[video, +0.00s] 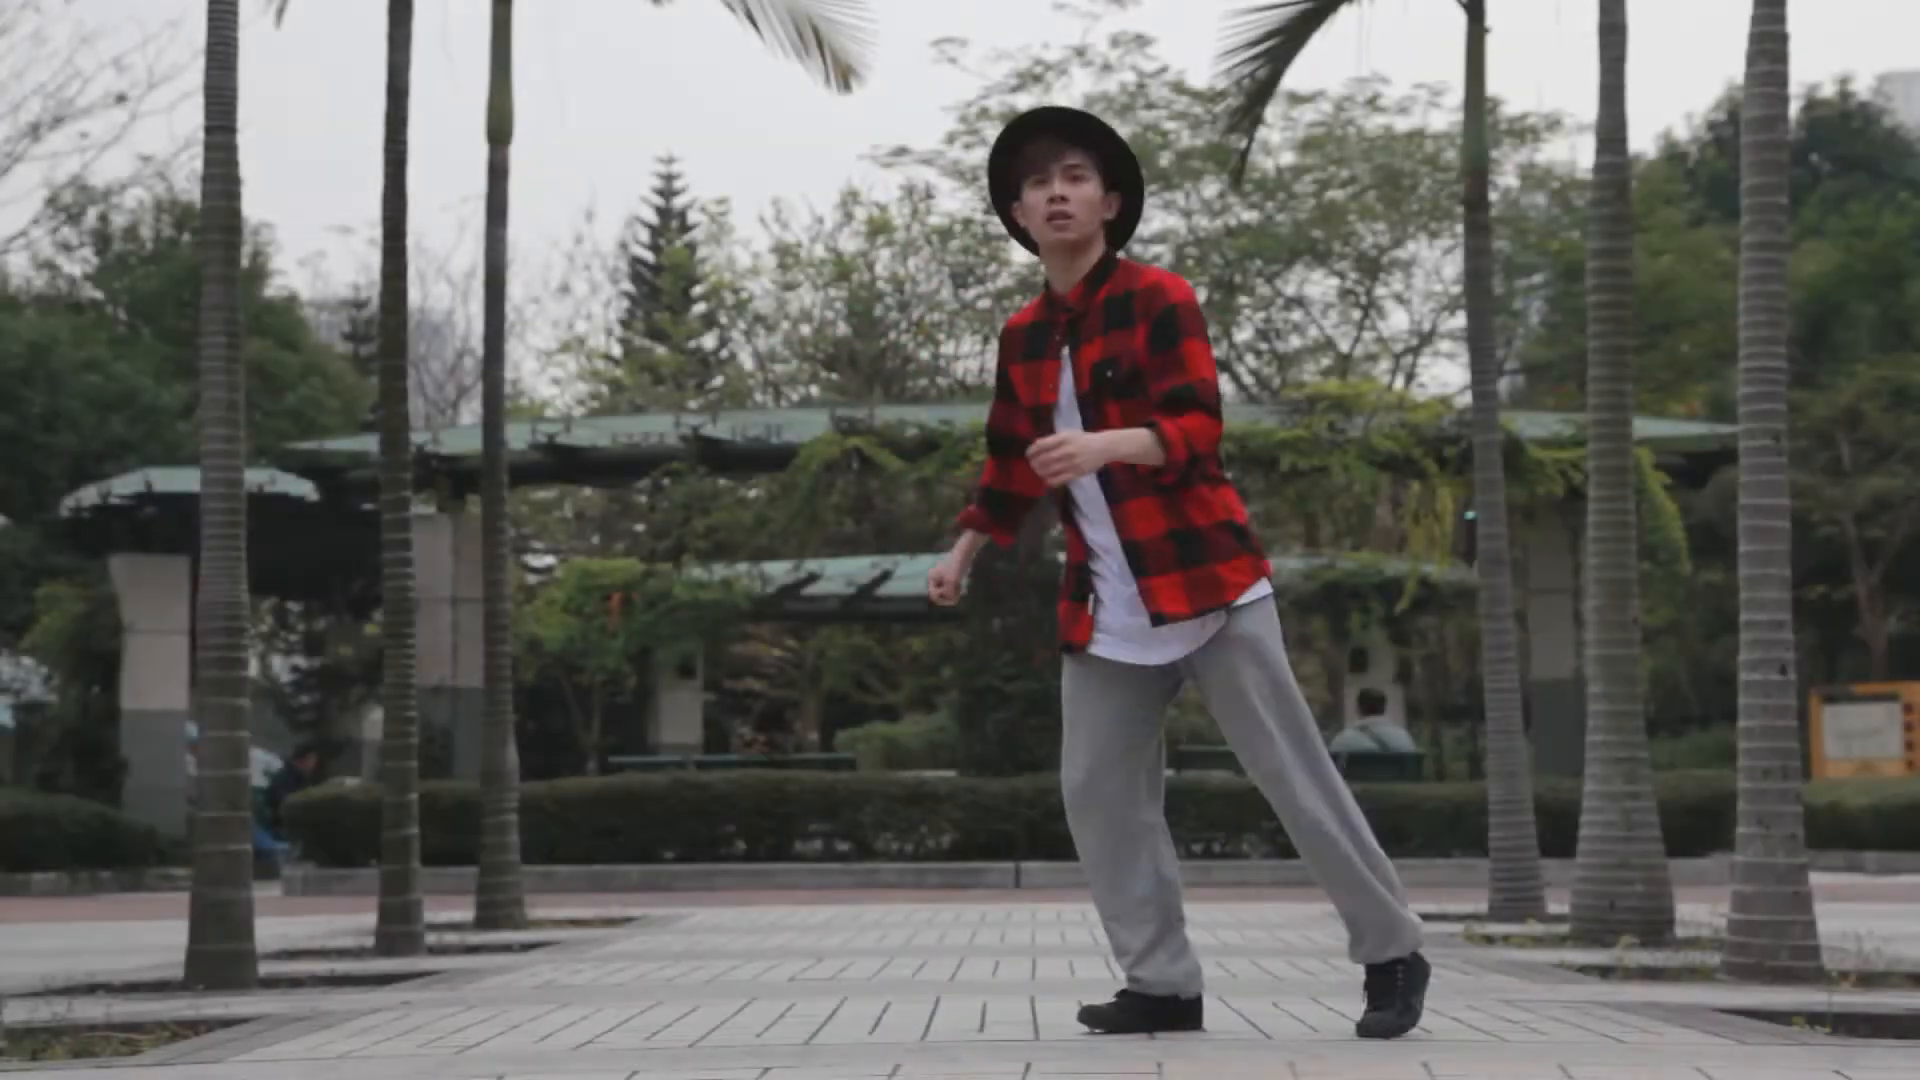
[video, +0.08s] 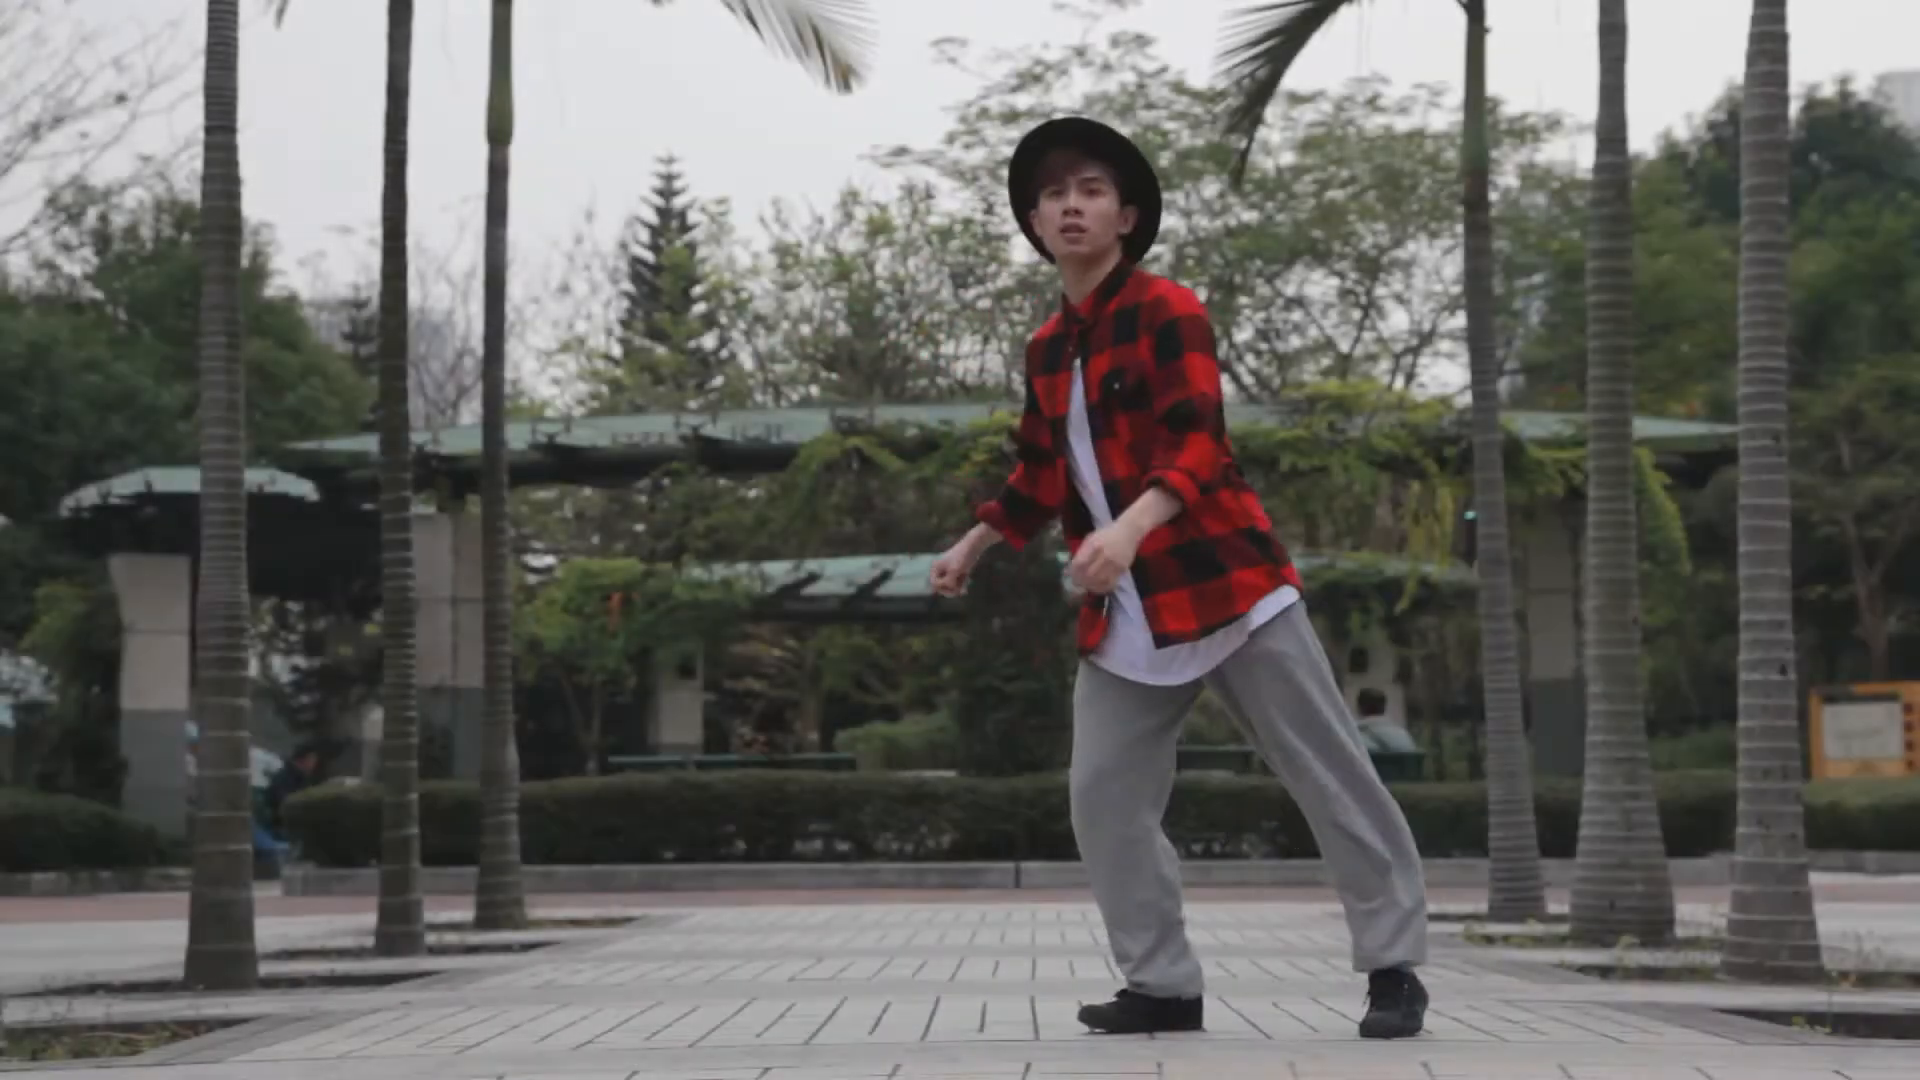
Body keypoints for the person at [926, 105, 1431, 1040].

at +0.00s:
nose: (1056, 194)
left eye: (1075, 176)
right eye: (1036, 182)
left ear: (1111, 200)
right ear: (1015, 215)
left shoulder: (1159, 298)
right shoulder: (1024, 335)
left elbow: (1199, 430)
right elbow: (1008, 461)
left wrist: (1105, 445)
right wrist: (964, 547)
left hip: (1208, 579)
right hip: (1105, 596)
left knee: (1285, 768)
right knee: (1098, 789)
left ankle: (1392, 952)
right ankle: (1163, 984)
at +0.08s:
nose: (1072, 206)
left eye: (1092, 190)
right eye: (1053, 193)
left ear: (1129, 214)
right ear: (1033, 223)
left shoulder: (1169, 310)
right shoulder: (1047, 349)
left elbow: (1201, 442)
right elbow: (1043, 466)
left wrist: (1128, 526)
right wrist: (977, 540)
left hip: (1229, 578)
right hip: (1127, 602)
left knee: (1324, 765)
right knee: (1104, 794)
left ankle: (1393, 964)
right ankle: (1163, 985)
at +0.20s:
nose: (1091, 222)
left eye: (1115, 208)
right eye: (1074, 207)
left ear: (1150, 234)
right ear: (1054, 230)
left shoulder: (1179, 332)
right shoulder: (1065, 364)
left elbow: (1200, 468)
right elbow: (1061, 500)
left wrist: (1201, 600)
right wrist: (969, 535)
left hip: (1243, 601)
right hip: (1141, 619)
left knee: (1324, 787)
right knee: (1104, 796)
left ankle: (1395, 979)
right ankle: (1165, 986)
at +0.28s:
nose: (1103, 207)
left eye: (1129, 198)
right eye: (1088, 190)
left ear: (1157, 234)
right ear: (1060, 216)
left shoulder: (1187, 330)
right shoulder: (1047, 352)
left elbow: (1234, 459)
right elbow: (1037, 483)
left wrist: (1232, 579)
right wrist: (950, 504)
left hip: (1231, 603)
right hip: (1123, 621)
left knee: (1308, 788)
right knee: (1105, 798)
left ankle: (1382, 971)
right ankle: (1164, 985)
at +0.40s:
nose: (1126, 181)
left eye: (1151, 174)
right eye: (1110, 164)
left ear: (1173, 212)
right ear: (1074, 188)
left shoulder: (1208, 313)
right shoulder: (1019, 320)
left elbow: (1288, 431)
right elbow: (964, 431)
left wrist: (1279, 547)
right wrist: (927, 454)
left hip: (1203, 582)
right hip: (1085, 595)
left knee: (1249, 743)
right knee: (1091, 778)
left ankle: (1263, 950)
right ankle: (1156, 979)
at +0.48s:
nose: (1140, 183)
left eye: (1162, 175)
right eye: (1122, 167)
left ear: (1182, 213)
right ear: (1083, 191)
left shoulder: (1218, 320)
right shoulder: (1020, 319)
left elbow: (1302, 428)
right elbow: (940, 410)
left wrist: (1302, 534)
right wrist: (937, 446)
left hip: (1181, 595)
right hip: (1059, 602)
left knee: (1210, 744)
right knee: (1060, 783)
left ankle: (1142, 952)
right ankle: (1135, 972)